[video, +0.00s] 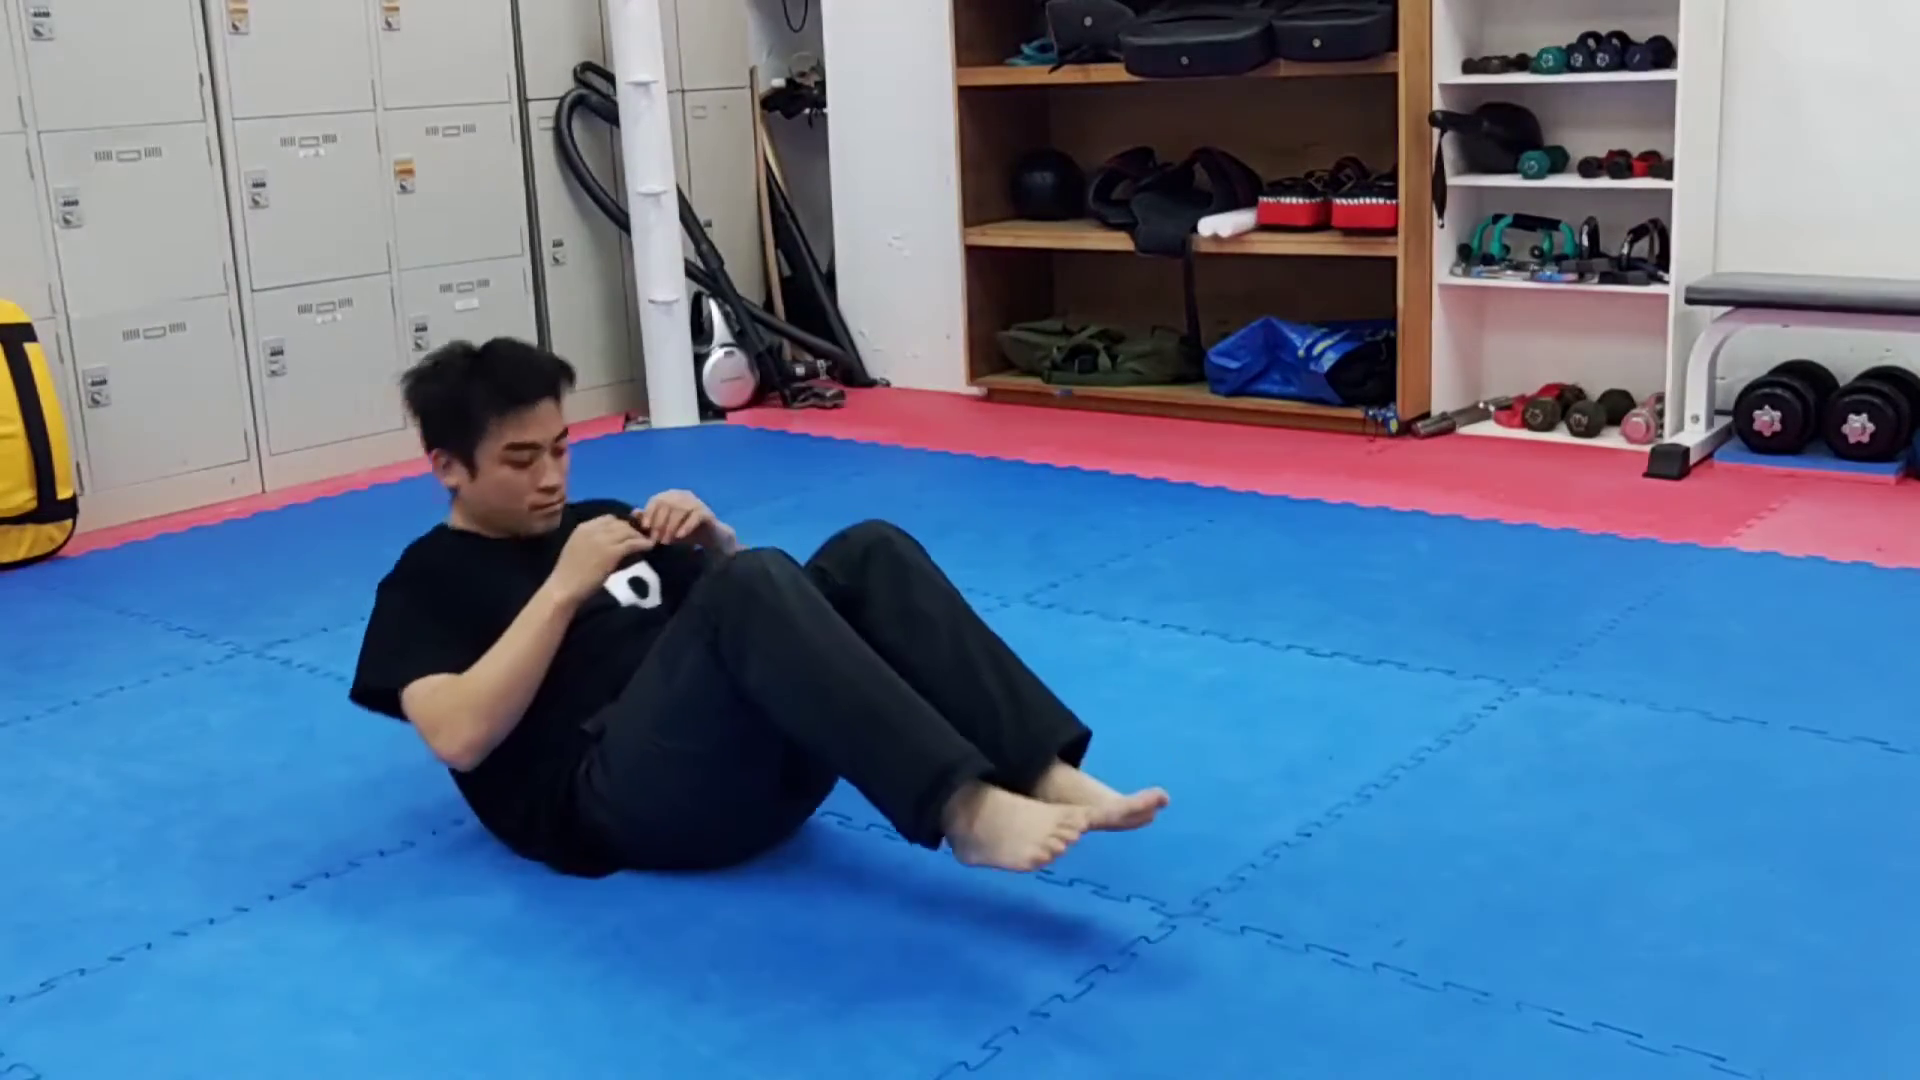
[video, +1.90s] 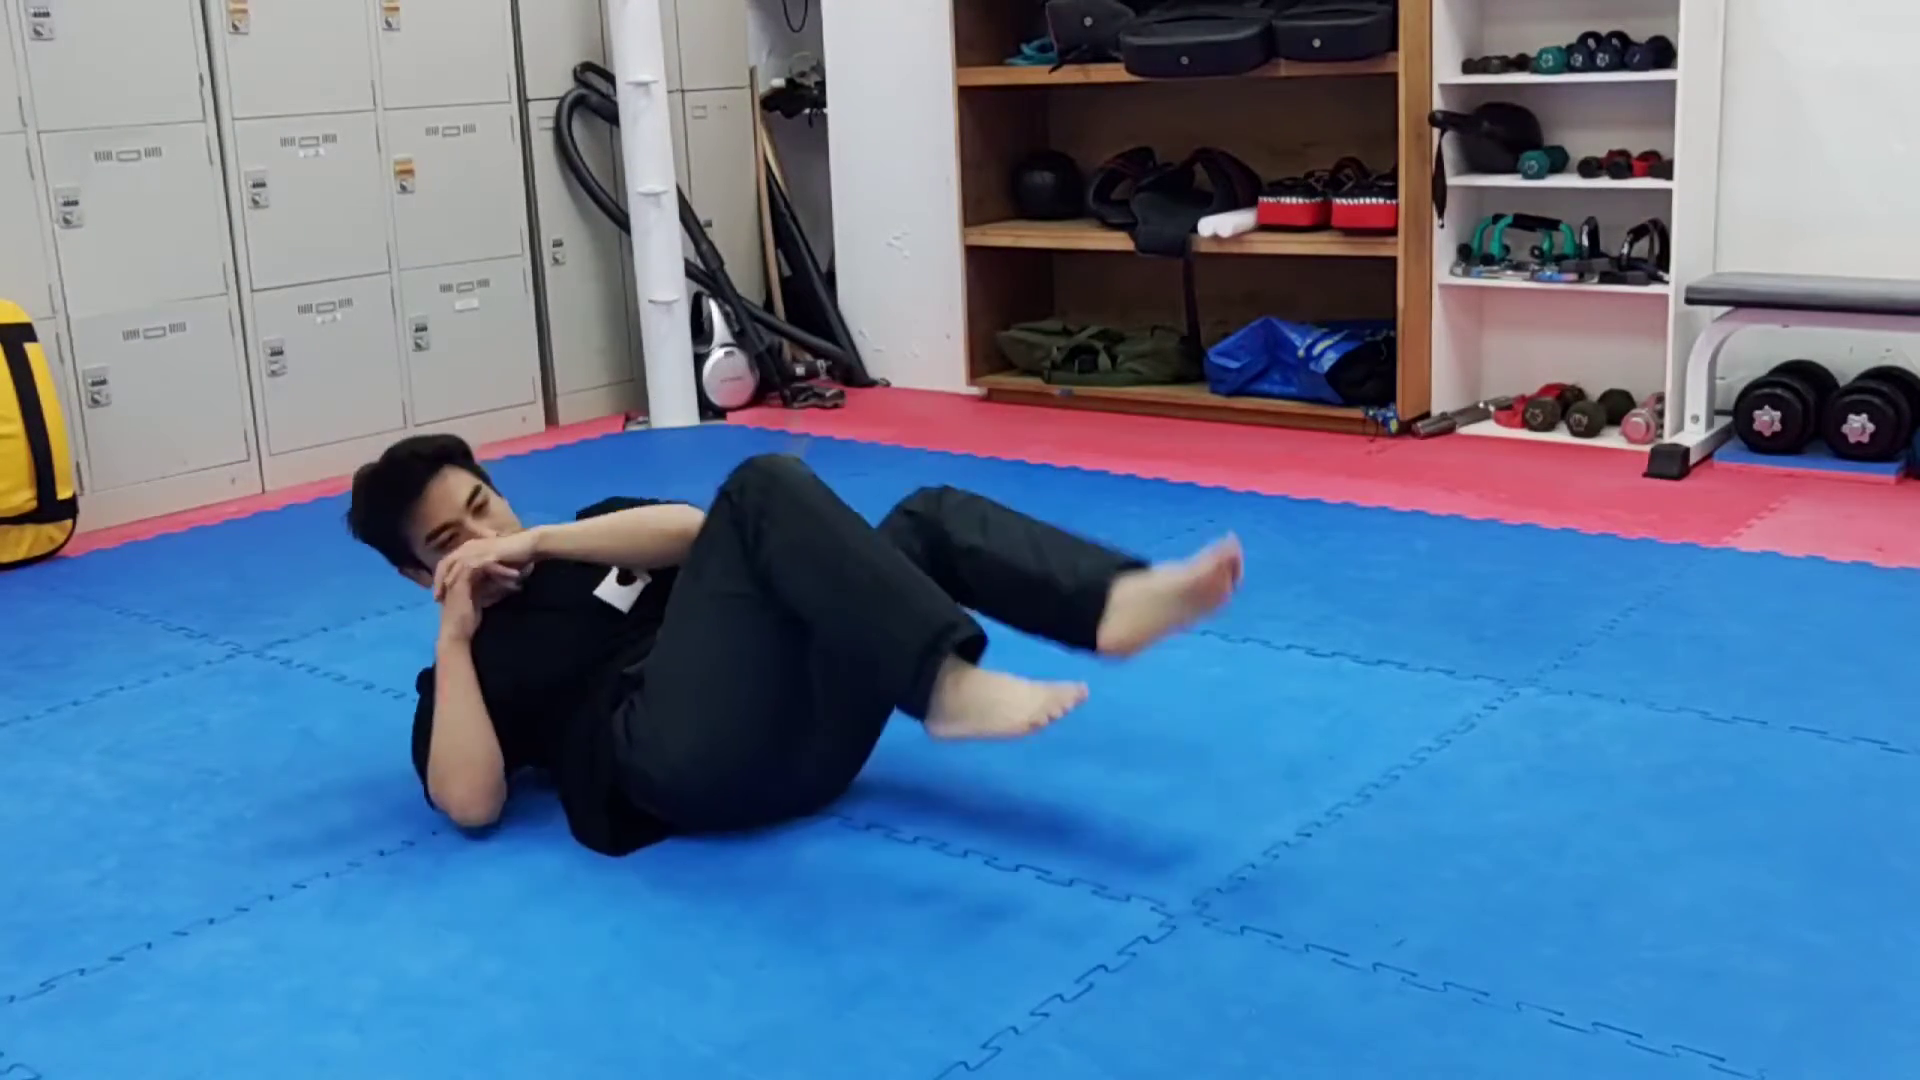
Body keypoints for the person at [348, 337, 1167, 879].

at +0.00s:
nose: (552, 476)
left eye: (557, 450)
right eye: (522, 459)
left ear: (566, 441)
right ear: (451, 470)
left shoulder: (608, 521)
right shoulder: (422, 587)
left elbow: (743, 605)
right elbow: (455, 733)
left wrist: (718, 548)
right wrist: (566, 584)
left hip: (760, 763)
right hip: (638, 807)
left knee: (868, 551)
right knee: (746, 578)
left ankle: (1041, 773)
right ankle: (960, 805)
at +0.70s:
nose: (514, 501)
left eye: (518, 476)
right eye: (482, 491)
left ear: (530, 466)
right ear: (420, 511)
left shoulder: (597, 544)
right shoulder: (414, 629)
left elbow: (738, 585)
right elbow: (454, 741)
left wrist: (649, 512)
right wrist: (521, 582)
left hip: (768, 759)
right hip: (647, 803)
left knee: (870, 522)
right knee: (733, 542)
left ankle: (1047, 712)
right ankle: (937, 758)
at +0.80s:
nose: (486, 524)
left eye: (491, 498)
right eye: (451, 518)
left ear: (506, 492)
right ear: (397, 547)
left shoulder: (576, 566)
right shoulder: (397, 659)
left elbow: (687, 581)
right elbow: (435, 758)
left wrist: (605, 516)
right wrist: (486, 593)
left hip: (756, 746)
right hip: (635, 797)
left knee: (817, 483)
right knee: (687, 510)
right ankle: (905, 675)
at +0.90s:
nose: (461, 546)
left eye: (463, 524)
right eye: (430, 541)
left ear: (480, 525)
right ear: (381, 579)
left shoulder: (554, 597)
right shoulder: (382, 691)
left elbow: (660, 585)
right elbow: (408, 773)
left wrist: (565, 527)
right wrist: (448, 607)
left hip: (749, 732)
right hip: (634, 790)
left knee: (750, 453)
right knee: (618, 485)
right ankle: (856, 593)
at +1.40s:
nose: (487, 527)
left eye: (494, 507)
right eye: (455, 515)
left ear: (516, 526)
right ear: (405, 556)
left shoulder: (578, 599)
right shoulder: (391, 653)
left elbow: (689, 604)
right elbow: (417, 712)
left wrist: (593, 544)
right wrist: (472, 576)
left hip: (755, 725)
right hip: (640, 778)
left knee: (786, 462)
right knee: (630, 479)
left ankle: (974, 595)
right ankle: (833, 660)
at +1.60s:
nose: (507, 496)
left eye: (514, 468)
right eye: (475, 487)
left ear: (536, 460)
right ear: (435, 512)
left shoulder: (612, 532)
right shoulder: (435, 629)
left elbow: (722, 551)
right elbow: (429, 757)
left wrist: (589, 531)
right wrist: (478, 601)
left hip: (785, 743)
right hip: (660, 780)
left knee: (900, 499)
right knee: (740, 491)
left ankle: (1041, 678)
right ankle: (905, 708)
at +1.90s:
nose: (480, 532)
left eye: (478, 506)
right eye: (448, 534)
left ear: (500, 494)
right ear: (420, 568)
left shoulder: (587, 562)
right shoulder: (452, 675)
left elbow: (695, 528)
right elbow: (471, 806)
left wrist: (538, 542)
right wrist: (455, 642)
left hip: (802, 730)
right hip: (693, 769)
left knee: (928, 514)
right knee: (764, 486)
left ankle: (1110, 598)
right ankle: (940, 680)